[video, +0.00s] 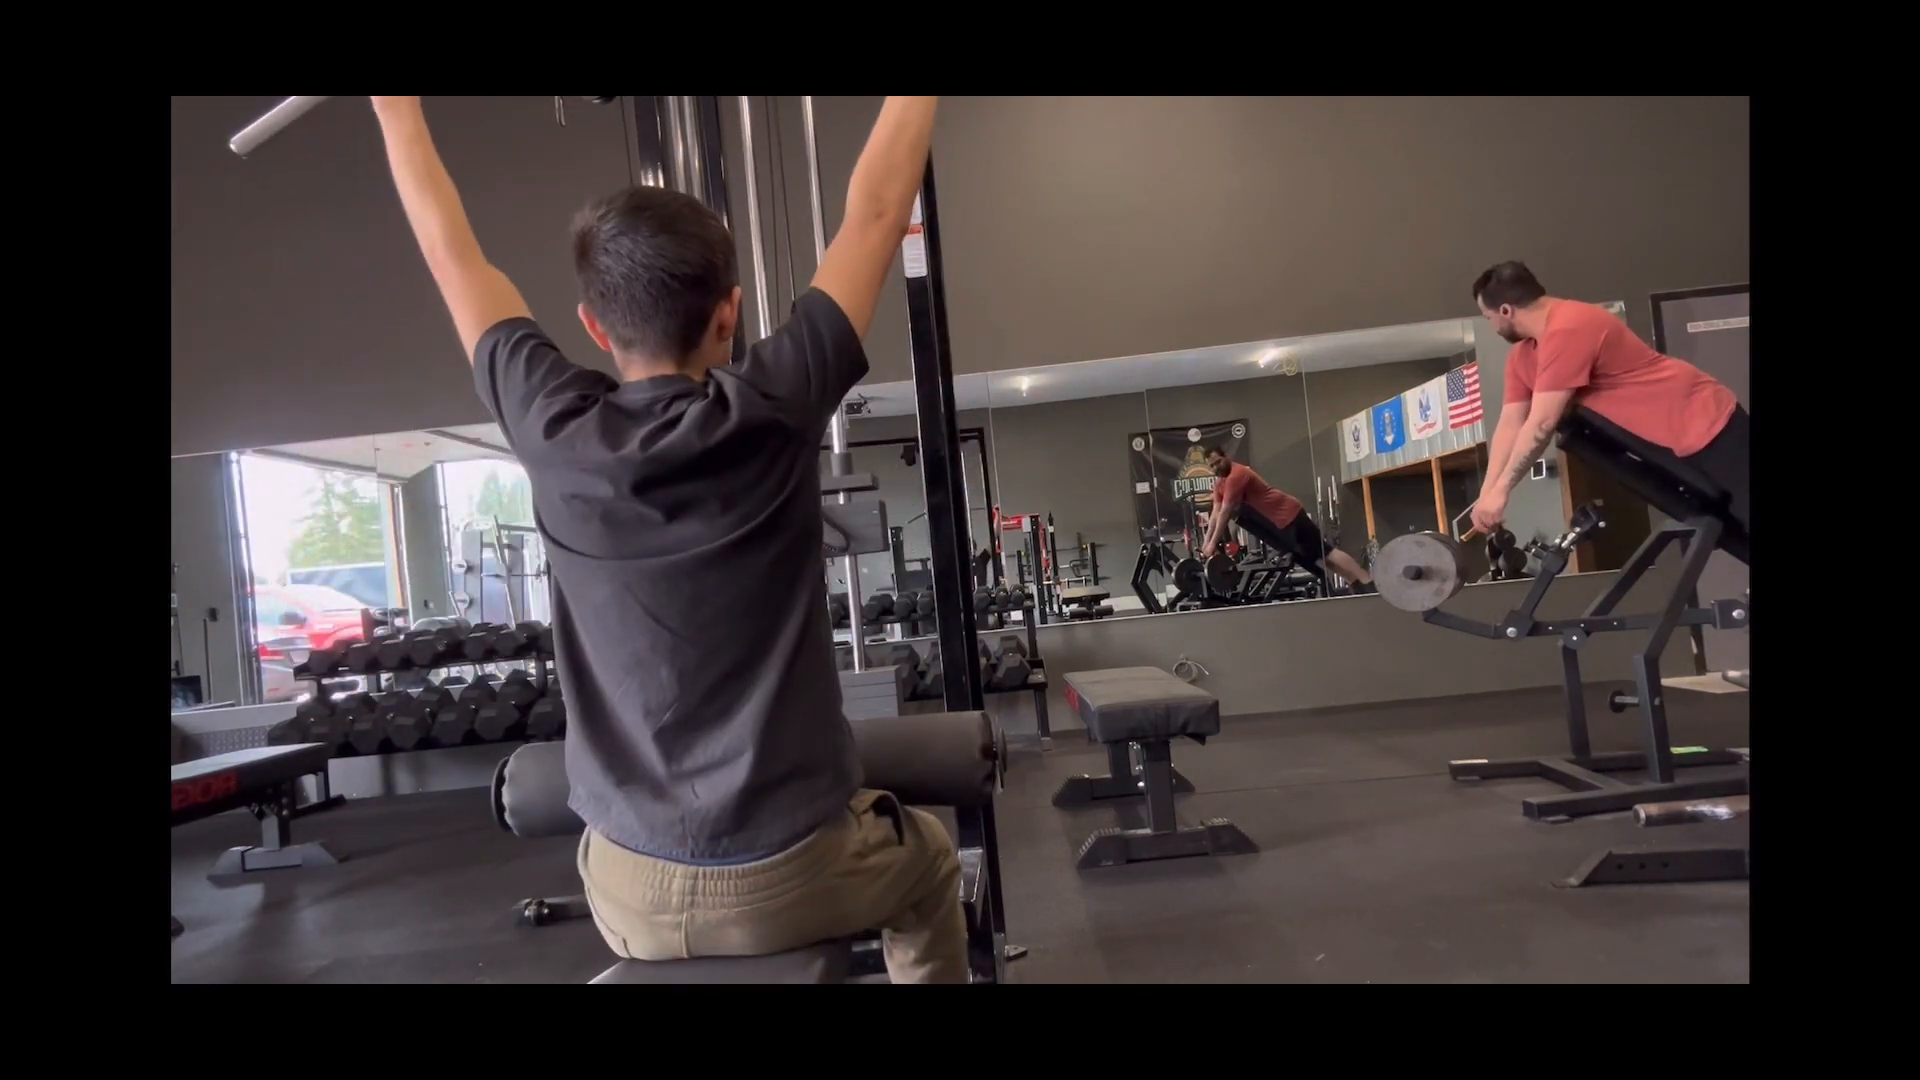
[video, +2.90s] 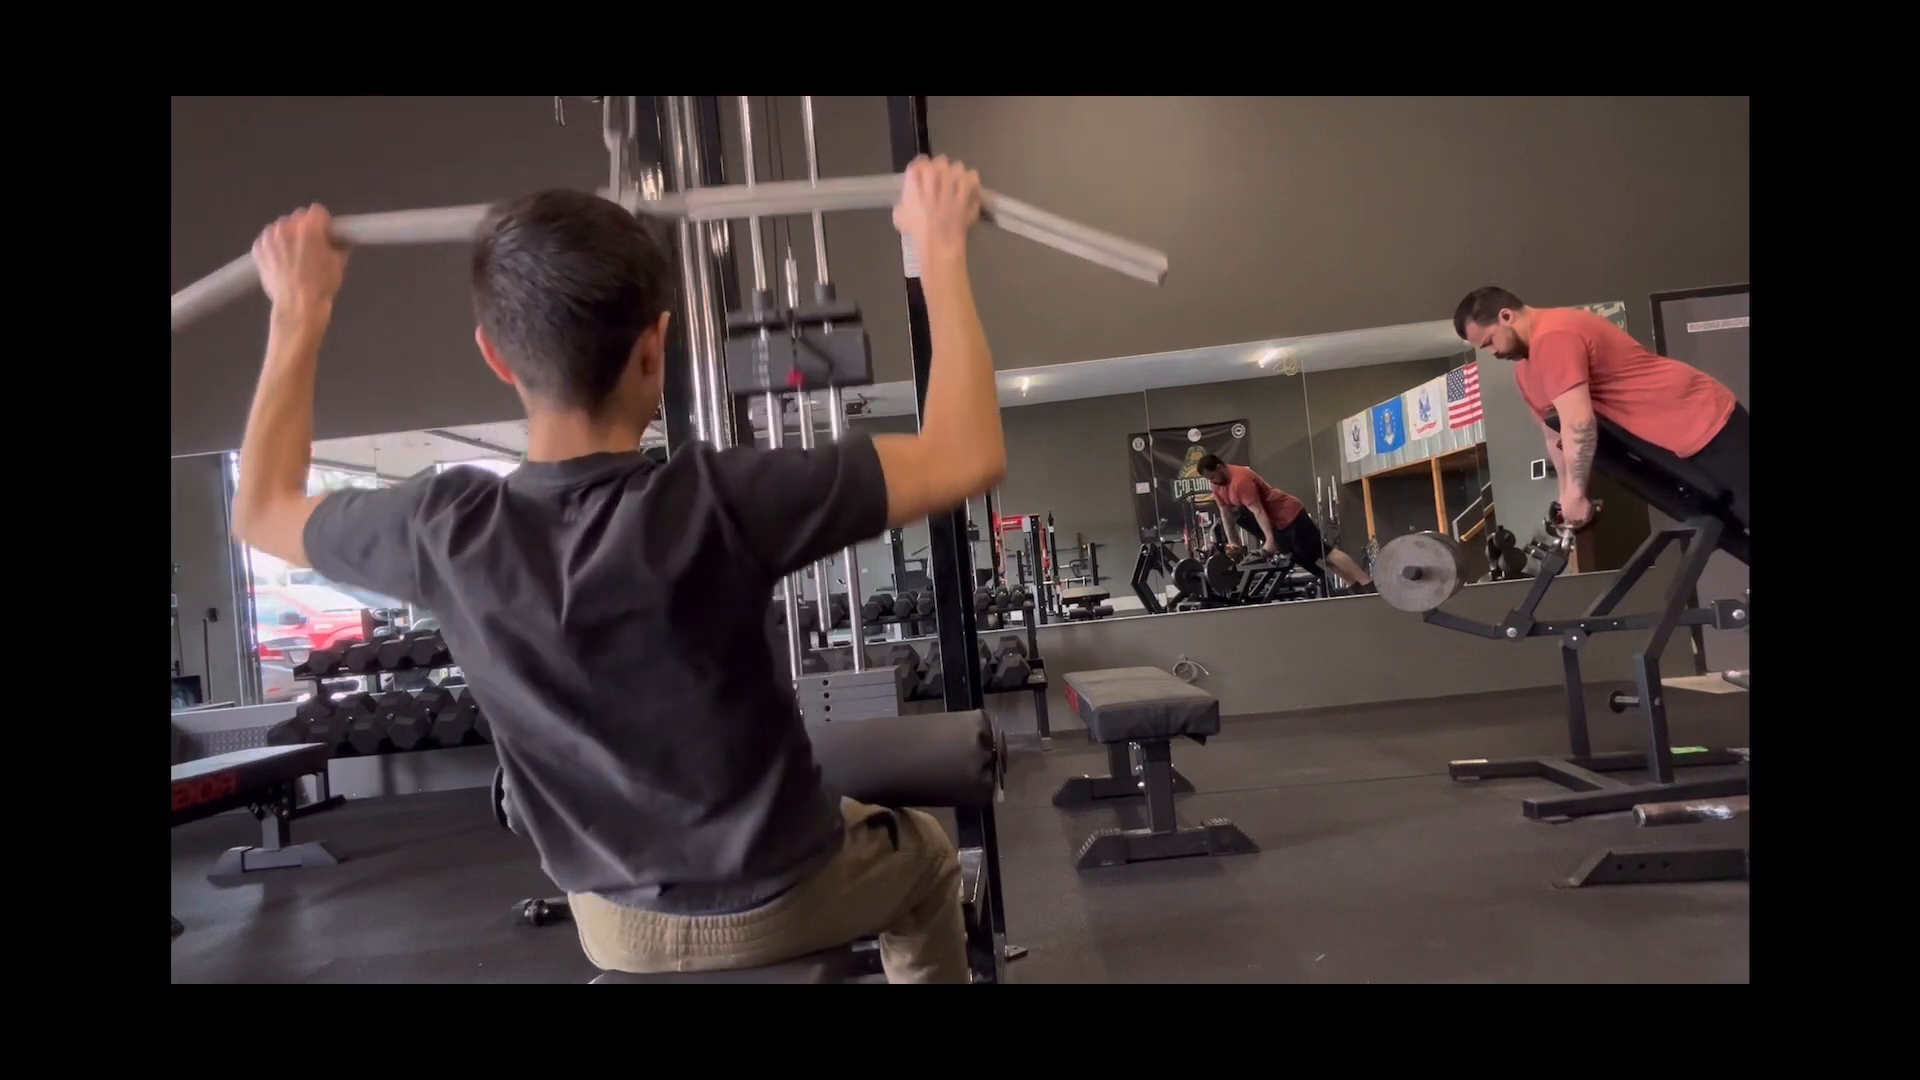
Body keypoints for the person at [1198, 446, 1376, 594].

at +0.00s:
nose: (1217, 465)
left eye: (1219, 460)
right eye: (1212, 464)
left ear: (1226, 457)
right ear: (1210, 468)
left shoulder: (1238, 474)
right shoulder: (1219, 484)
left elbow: (1226, 511)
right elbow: (1216, 512)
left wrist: (1213, 542)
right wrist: (1207, 540)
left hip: (1290, 513)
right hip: (1279, 525)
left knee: (1325, 550)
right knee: (1318, 558)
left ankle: (1368, 582)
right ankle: (1355, 584)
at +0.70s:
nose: (1212, 475)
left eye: (1213, 470)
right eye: (1209, 473)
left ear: (1221, 462)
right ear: (1208, 472)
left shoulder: (1239, 475)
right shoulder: (1220, 485)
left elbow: (1241, 510)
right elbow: (1219, 512)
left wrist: (1233, 541)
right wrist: (1211, 539)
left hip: (1289, 514)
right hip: (1276, 526)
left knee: (1324, 551)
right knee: (1315, 558)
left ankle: (1367, 581)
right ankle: (1354, 583)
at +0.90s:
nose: (1214, 475)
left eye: (1214, 470)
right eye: (1210, 473)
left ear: (1221, 463)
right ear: (1208, 473)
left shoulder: (1240, 475)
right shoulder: (1220, 485)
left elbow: (1257, 505)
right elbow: (1225, 510)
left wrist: (1258, 537)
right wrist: (1223, 538)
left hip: (1289, 514)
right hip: (1274, 525)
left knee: (1323, 551)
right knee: (1313, 559)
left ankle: (1368, 581)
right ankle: (1354, 583)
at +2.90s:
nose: (1213, 480)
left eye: (1213, 474)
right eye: (1209, 478)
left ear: (1221, 466)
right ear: (1206, 477)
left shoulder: (1241, 479)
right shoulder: (1217, 487)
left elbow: (1258, 511)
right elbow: (1226, 514)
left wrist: (1269, 539)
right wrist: (1232, 541)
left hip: (1290, 514)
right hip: (1275, 523)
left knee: (1325, 551)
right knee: (1315, 558)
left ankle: (1368, 583)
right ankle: (1353, 584)